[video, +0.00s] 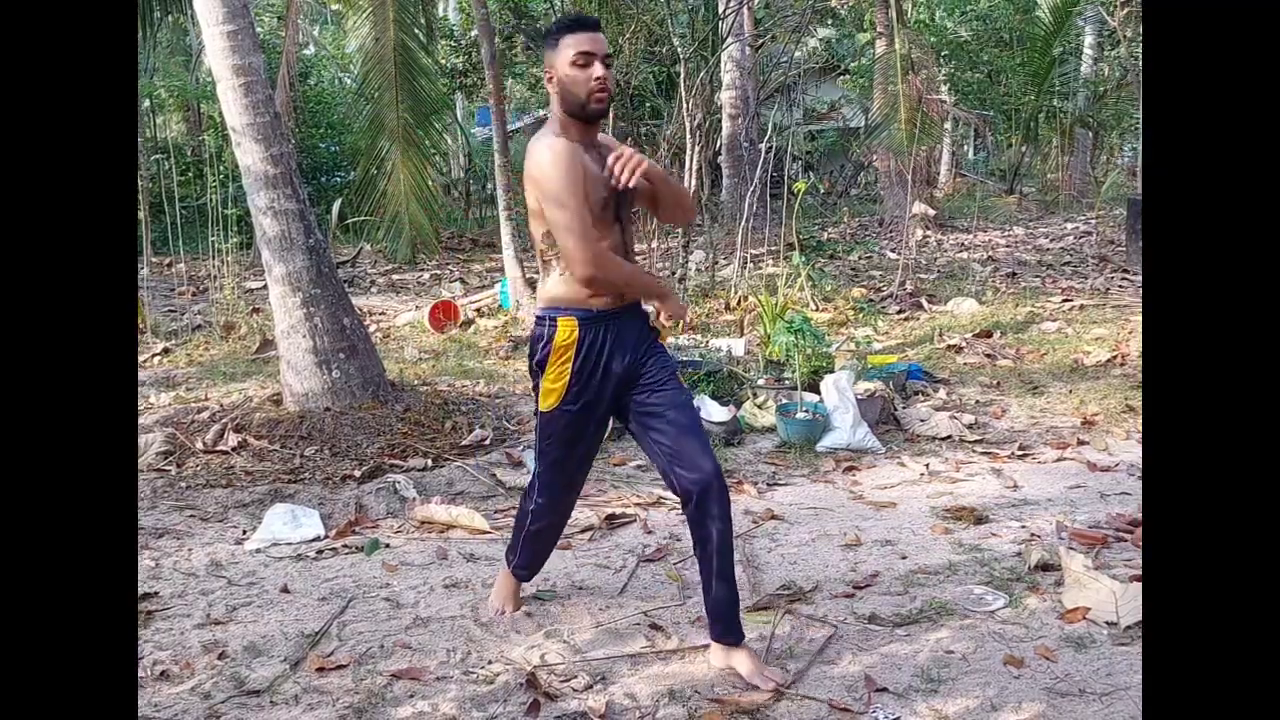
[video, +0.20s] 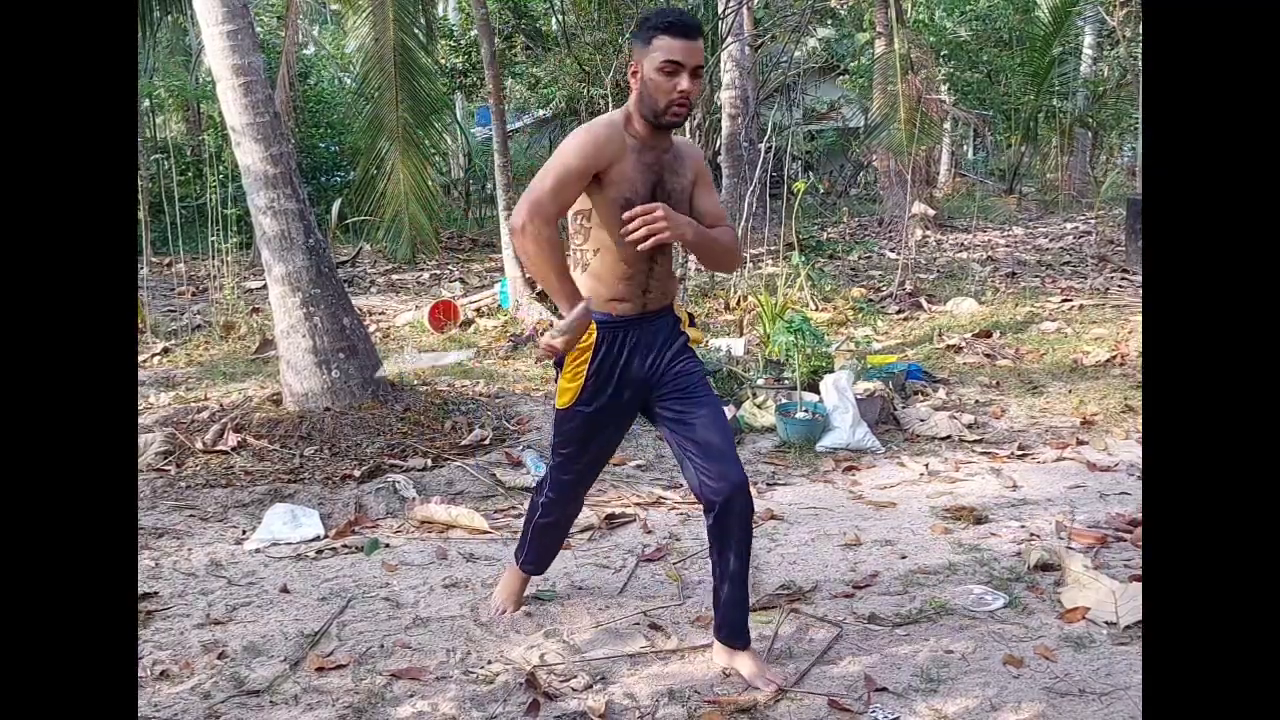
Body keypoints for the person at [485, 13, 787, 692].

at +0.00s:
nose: (601, 73)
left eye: (606, 61)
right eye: (583, 62)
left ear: (610, 72)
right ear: (548, 77)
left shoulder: (605, 147)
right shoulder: (553, 153)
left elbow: (683, 213)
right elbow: (588, 265)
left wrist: (651, 173)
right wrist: (660, 290)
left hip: (633, 334)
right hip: (574, 338)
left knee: (703, 479)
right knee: (555, 489)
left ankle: (727, 641)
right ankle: (511, 579)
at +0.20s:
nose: (686, 86)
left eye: (694, 73)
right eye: (670, 70)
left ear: (699, 78)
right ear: (633, 72)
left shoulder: (688, 158)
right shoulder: (599, 141)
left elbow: (730, 255)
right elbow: (530, 220)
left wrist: (686, 230)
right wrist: (572, 310)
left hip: (666, 340)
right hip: (601, 342)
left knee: (729, 488)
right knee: (565, 483)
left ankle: (732, 644)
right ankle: (521, 573)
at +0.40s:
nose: (722, 78)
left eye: (737, 61)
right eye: (706, 61)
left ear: (752, 60)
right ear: (674, 57)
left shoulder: (766, 145)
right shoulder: (625, 129)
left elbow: (777, 258)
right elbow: (538, 201)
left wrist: (671, 254)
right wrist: (558, 236)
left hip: (714, 336)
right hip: (630, 332)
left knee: (741, 497)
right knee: (578, 477)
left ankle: (731, 644)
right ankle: (562, 574)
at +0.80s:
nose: (705, 59)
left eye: (723, 42)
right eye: (690, 41)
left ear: (745, 41)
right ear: (665, 41)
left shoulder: (775, 129)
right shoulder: (622, 117)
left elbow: (819, 239)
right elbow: (530, 160)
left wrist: (730, 252)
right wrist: (512, 138)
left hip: (735, 338)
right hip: (645, 333)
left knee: (751, 512)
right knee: (603, 500)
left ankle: (733, 644)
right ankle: (556, 661)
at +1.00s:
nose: (694, 69)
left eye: (714, 53)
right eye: (681, 49)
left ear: (740, 55)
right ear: (662, 50)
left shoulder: (758, 137)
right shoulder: (625, 135)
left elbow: (842, 212)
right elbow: (611, 253)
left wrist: (849, 145)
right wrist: (712, 218)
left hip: (706, 347)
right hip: (625, 345)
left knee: (757, 516)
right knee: (568, 513)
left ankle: (730, 640)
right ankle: (490, 654)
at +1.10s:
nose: (667, 77)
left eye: (687, 64)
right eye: (656, 60)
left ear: (714, 73)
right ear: (640, 64)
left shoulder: (727, 142)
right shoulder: (622, 153)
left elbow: (833, 176)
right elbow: (657, 273)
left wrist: (837, 98)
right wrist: (734, 215)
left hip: (686, 358)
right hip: (609, 357)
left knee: (760, 512)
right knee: (545, 518)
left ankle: (731, 645)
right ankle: (463, 659)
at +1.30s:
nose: (534, 46)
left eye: (553, 33)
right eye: (530, 30)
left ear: (596, 42)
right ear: (524, 35)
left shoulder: (642, 128)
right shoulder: (498, 110)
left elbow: (731, 191)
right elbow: (414, 136)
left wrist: (753, 185)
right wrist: (365, 124)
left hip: (601, 332)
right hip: (518, 330)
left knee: (660, 489)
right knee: (478, 502)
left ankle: (683, 605)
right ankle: (454, 669)